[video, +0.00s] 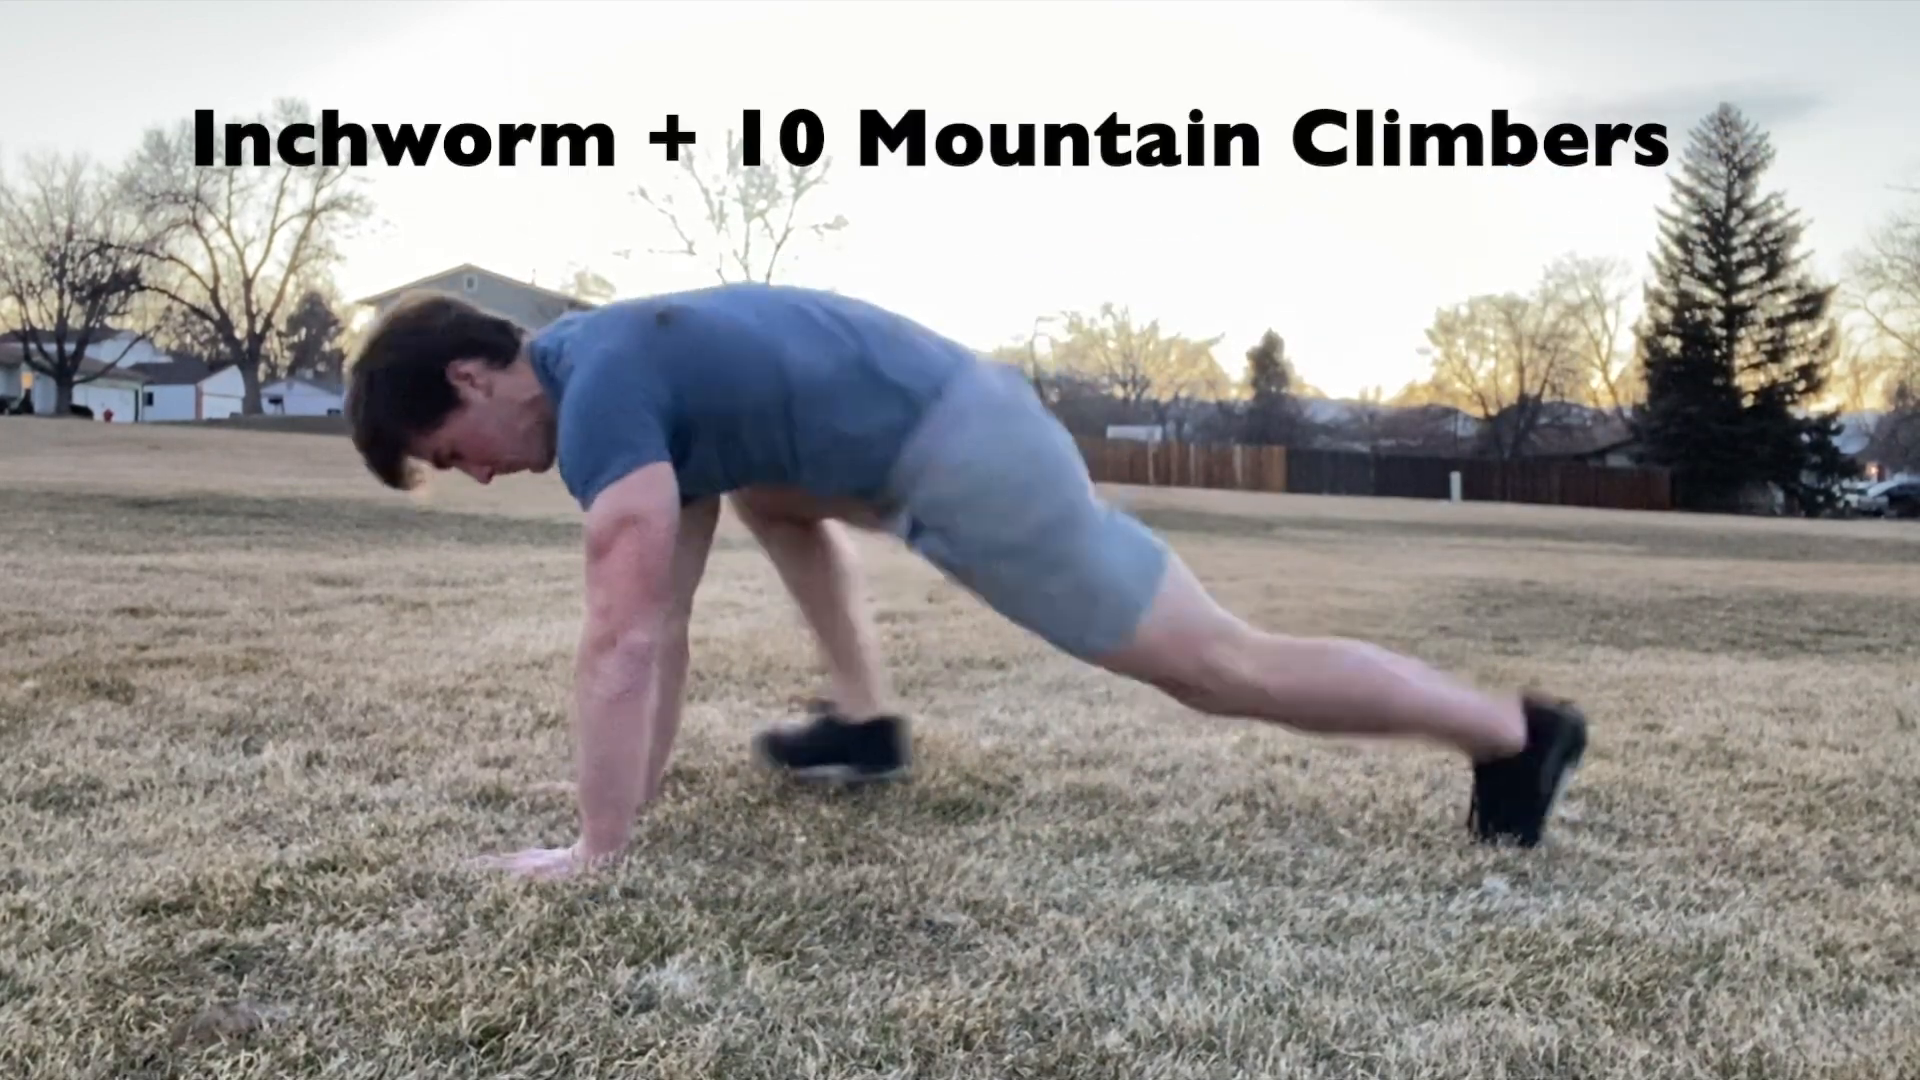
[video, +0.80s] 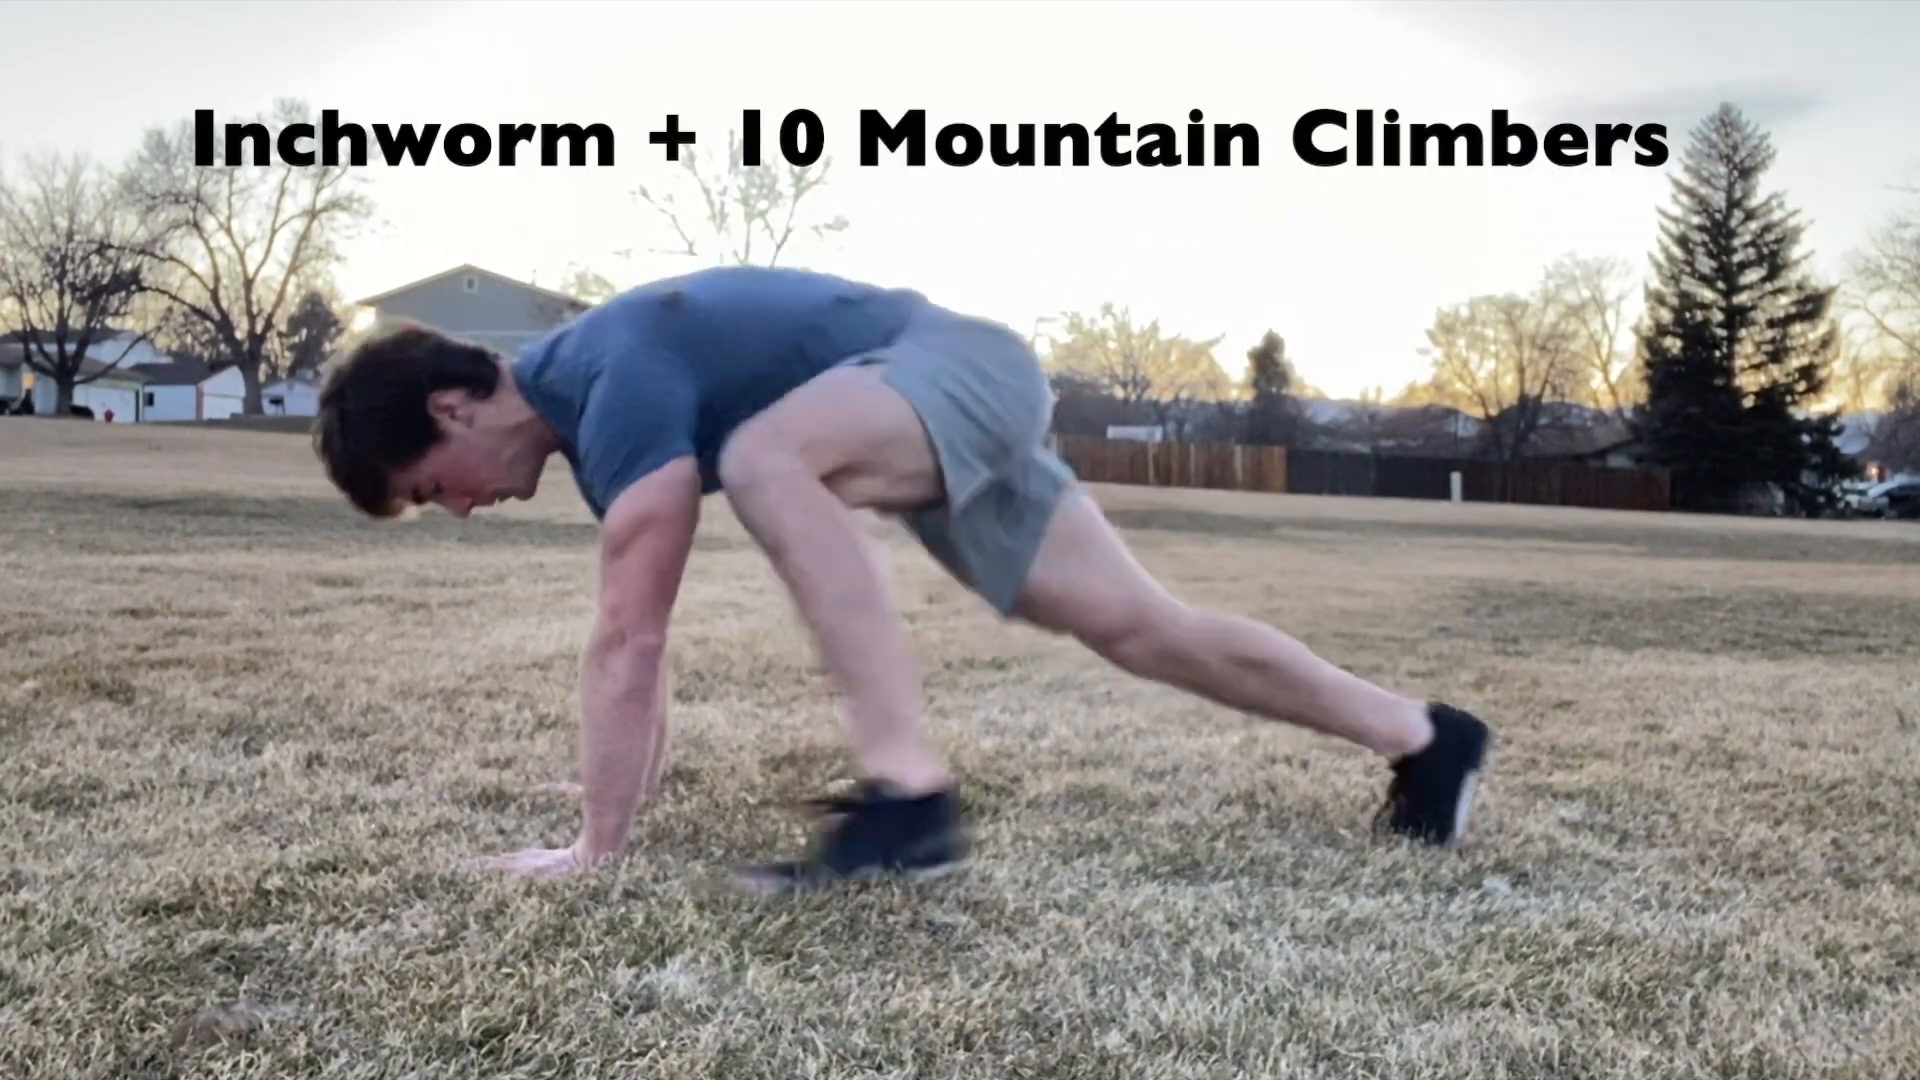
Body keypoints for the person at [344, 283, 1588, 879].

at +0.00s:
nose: (473, 473)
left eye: (452, 450)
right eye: (451, 465)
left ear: (476, 379)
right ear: (488, 376)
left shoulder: (602, 377)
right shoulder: (618, 371)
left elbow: (634, 621)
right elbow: (643, 629)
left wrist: (602, 839)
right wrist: (623, 819)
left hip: (966, 449)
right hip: (911, 445)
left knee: (1216, 663)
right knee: (753, 492)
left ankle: (1515, 733)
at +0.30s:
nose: (476, 502)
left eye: (455, 480)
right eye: (453, 495)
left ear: (479, 404)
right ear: (483, 410)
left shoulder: (601, 376)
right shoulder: (610, 383)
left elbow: (619, 624)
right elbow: (647, 622)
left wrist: (598, 841)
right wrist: (640, 784)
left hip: (974, 363)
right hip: (922, 400)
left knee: (1193, 603)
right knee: (794, 510)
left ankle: (1477, 709)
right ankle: (979, 701)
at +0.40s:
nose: (468, 515)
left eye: (444, 495)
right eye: (441, 509)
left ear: (461, 419)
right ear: (465, 414)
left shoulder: (596, 373)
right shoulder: (580, 381)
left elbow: (620, 626)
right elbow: (641, 604)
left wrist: (596, 843)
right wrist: (645, 777)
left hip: (958, 273)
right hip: (902, 337)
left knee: (1044, 577)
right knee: (938, 599)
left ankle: (1343, 684)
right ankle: (1205, 604)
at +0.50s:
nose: (459, 512)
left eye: (437, 491)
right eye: (434, 505)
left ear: (458, 415)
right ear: (461, 410)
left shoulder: (605, 371)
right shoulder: (581, 378)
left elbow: (622, 630)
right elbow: (633, 605)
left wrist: (593, 845)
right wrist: (637, 763)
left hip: (949, 289)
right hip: (922, 345)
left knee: (856, 459)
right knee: (1093, 580)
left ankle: (1058, 735)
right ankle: (1378, 588)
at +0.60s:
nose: (455, 499)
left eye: (436, 475)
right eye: (431, 491)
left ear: (464, 399)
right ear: (466, 407)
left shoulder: (620, 368)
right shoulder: (584, 404)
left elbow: (631, 631)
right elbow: (633, 631)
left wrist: (590, 847)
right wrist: (602, 818)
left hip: (964, 356)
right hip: (933, 441)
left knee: (764, 430)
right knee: (1162, 604)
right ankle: (1429, 714)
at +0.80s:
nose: (460, 506)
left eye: (436, 485)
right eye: (435, 500)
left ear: (457, 409)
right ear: (461, 411)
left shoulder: (623, 376)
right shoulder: (589, 402)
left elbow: (631, 637)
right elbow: (631, 629)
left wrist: (598, 846)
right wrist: (610, 811)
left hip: (959, 361)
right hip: (945, 418)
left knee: (767, 459)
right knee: (1139, 626)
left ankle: (908, 787)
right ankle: (1421, 735)